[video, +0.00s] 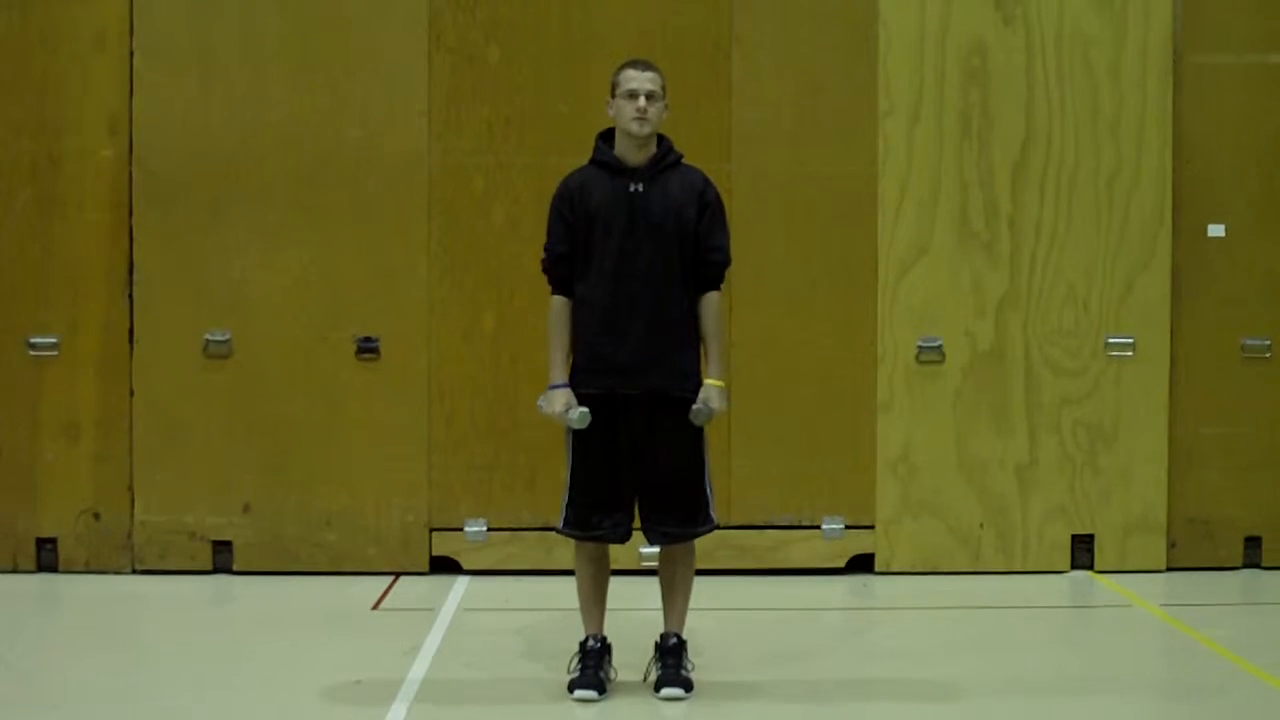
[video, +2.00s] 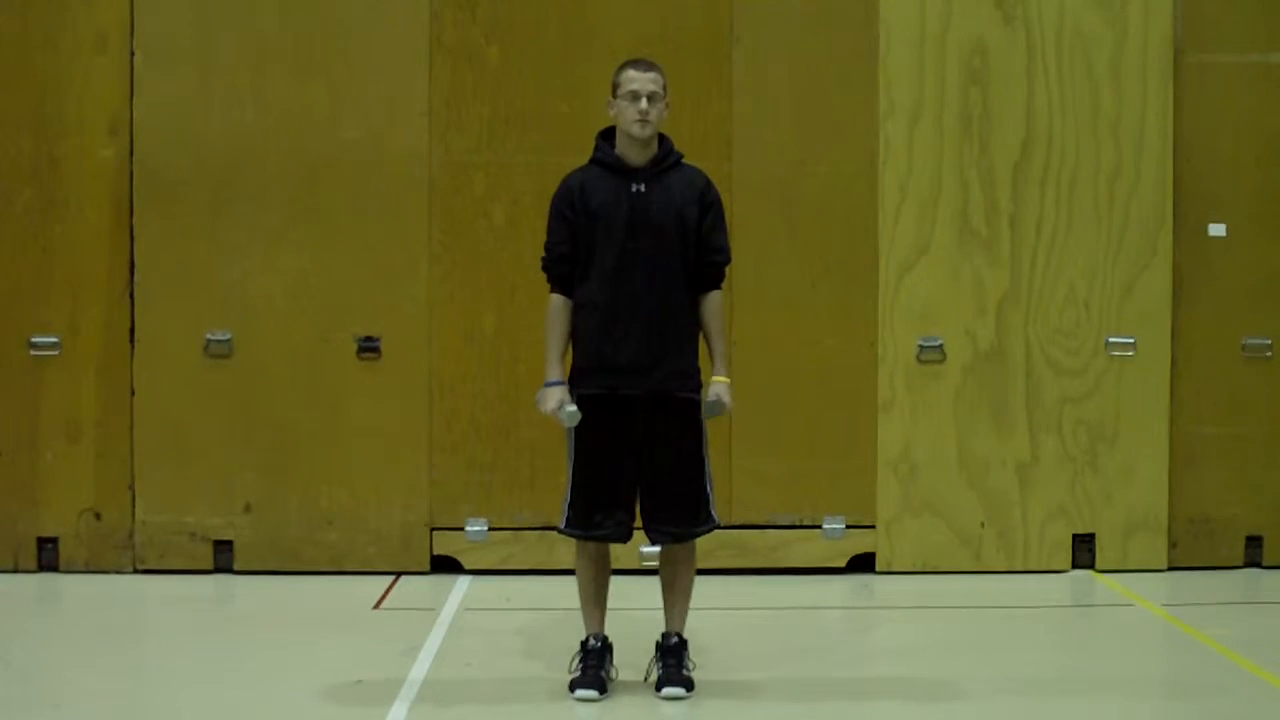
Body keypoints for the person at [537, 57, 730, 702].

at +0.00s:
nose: (642, 106)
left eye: (652, 97)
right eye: (631, 96)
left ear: (665, 110)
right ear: (610, 106)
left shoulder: (695, 189)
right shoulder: (577, 189)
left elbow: (710, 289)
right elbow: (561, 292)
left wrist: (715, 376)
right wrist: (558, 381)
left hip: (673, 385)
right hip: (596, 385)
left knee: (677, 524)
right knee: (591, 523)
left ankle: (673, 648)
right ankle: (593, 648)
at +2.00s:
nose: (644, 107)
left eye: (654, 98)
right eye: (633, 97)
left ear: (667, 110)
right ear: (611, 107)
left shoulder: (694, 188)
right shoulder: (579, 188)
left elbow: (710, 287)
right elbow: (560, 290)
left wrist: (720, 370)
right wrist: (554, 377)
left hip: (674, 383)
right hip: (598, 384)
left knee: (678, 523)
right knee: (593, 522)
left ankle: (673, 648)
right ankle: (594, 647)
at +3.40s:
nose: (647, 107)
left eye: (657, 97)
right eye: (636, 97)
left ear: (672, 107)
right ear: (617, 107)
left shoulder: (702, 188)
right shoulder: (586, 188)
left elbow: (716, 289)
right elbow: (568, 290)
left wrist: (723, 374)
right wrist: (564, 379)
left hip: (679, 384)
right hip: (603, 384)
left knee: (682, 523)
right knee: (596, 521)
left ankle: (675, 646)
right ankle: (595, 646)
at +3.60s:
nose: (651, 108)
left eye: (662, 98)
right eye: (640, 98)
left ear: (677, 108)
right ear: (622, 107)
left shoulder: (708, 189)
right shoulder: (590, 188)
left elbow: (721, 290)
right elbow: (572, 290)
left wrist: (726, 376)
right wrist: (563, 378)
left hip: (682, 385)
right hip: (606, 383)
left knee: (683, 523)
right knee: (597, 521)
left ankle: (675, 648)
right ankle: (595, 646)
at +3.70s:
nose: (655, 108)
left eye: (665, 98)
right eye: (644, 98)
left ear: (681, 109)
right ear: (625, 107)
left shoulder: (710, 189)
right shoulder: (593, 188)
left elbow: (723, 291)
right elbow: (575, 290)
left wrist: (729, 377)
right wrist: (563, 378)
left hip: (684, 386)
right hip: (607, 384)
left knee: (684, 524)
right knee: (598, 522)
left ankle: (675, 647)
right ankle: (595, 646)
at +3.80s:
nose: (658, 108)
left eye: (669, 99)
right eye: (648, 99)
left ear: (685, 109)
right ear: (628, 108)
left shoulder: (713, 190)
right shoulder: (596, 188)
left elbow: (725, 292)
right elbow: (578, 288)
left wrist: (732, 378)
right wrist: (563, 375)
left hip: (685, 386)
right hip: (609, 383)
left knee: (685, 523)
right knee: (599, 521)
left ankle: (675, 648)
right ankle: (595, 646)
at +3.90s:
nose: (661, 109)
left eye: (672, 99)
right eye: (651, 99)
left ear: (688, 109)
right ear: (632, 108)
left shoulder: (716, 191)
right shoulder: (599, 188)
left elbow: (728, 293)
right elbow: (579, 288)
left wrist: (733, 379)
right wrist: (563, 373)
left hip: (686, 386)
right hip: (611, 383)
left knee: (685, 524)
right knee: (600, 521)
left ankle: (675, 648)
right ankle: (596, 646)